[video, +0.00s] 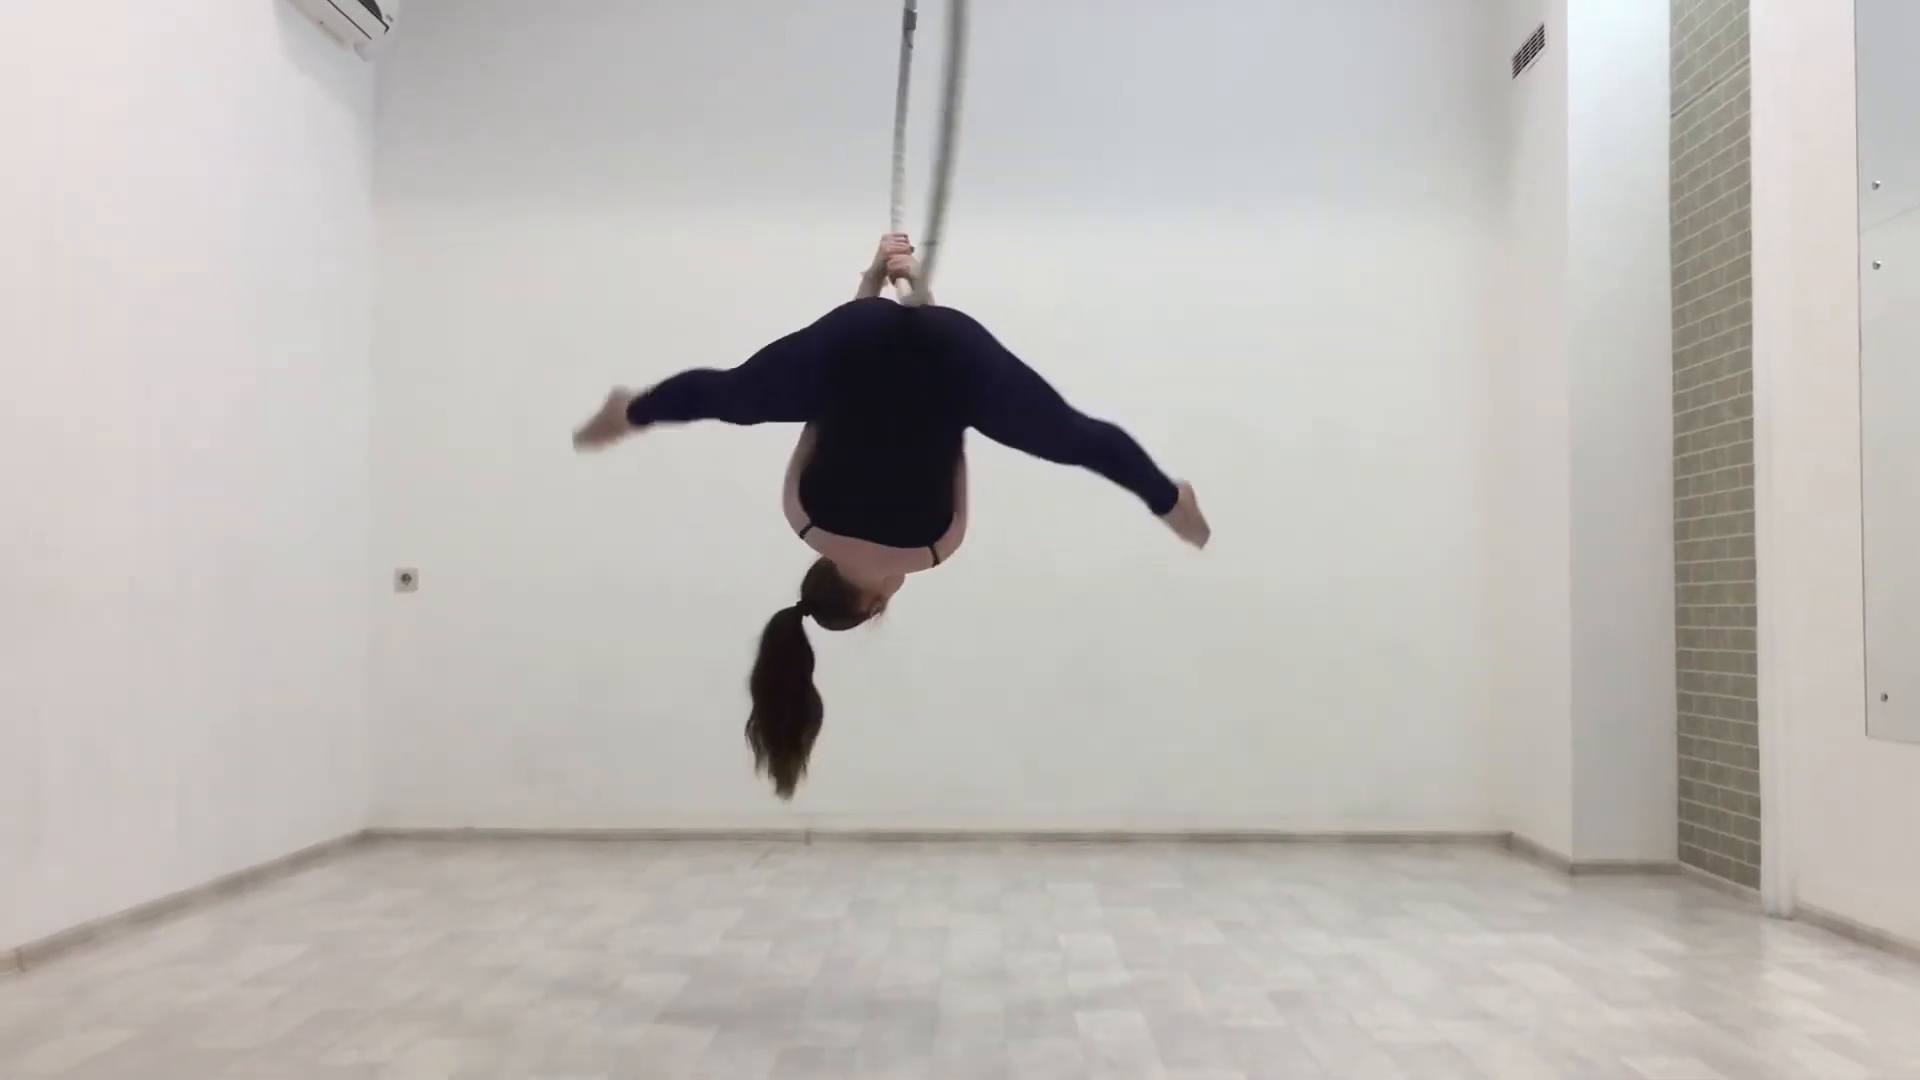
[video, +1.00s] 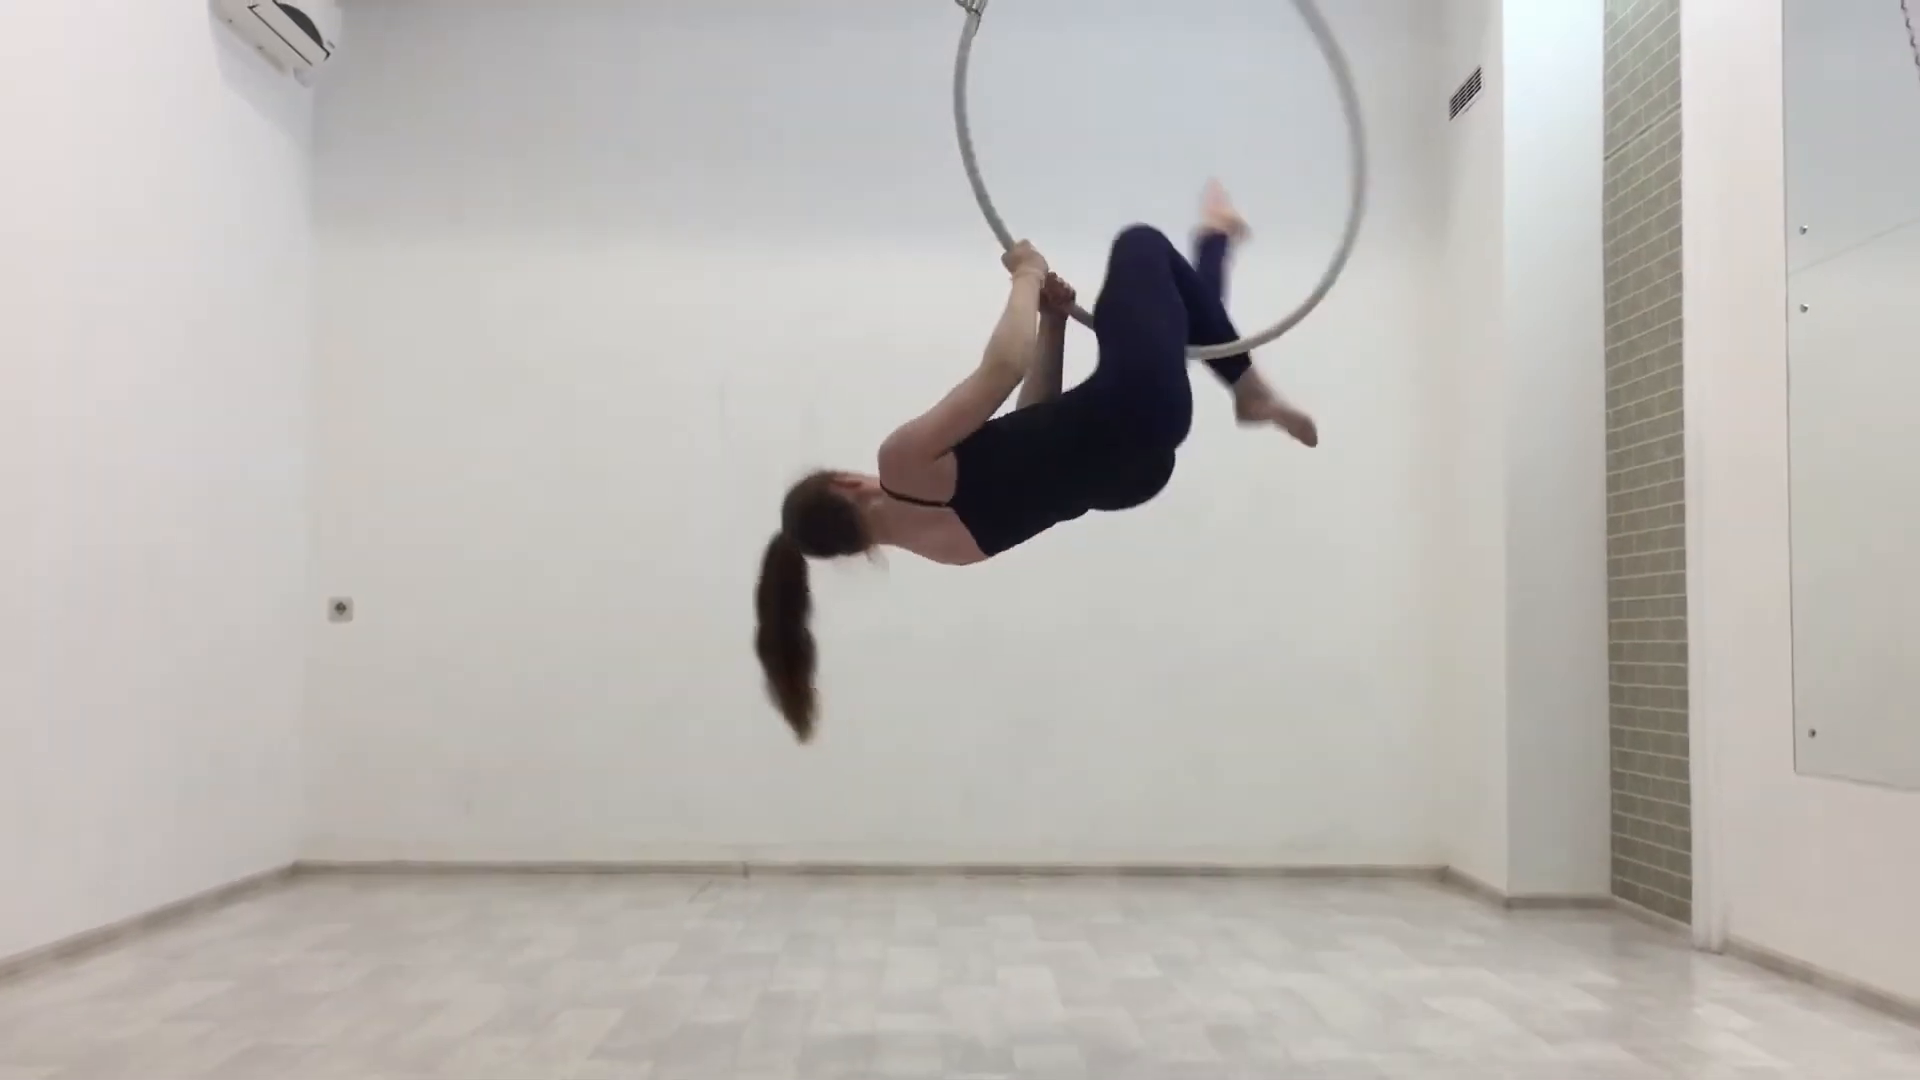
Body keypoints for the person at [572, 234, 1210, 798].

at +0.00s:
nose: (886, 607)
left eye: (875, 611)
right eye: (878, 613)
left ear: (860, 593)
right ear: (842, 587)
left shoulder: (945, 542)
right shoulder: (800, 520)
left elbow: (942, 417)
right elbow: (828, 397)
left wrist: (900, 291)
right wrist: (881, 288)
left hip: (945, 352)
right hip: (862, 337)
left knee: (1064, 435)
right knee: (736, 393)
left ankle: (1170, 498)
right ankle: (632, 408)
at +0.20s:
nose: (915, 604)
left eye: (906, 607)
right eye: (906, 606)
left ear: (899, 596)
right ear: (870, 578)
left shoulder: (977, 553)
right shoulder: (837, 519)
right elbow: (868, 394)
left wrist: (955, 294)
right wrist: (905, 281)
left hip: (995, 361)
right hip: (911, 343)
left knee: (1088, 389)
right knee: (763, 390)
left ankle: (1158, 415)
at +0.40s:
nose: (932, 593)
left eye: (925, 599)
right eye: (924, 595)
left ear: (909, 593)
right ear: (904, 574)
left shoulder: (996, 565)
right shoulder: (872, 513)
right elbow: (909, 390)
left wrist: (952, 286)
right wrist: (960, 293)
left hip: (1061, 381)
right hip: (981, 353)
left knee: (1093, 320)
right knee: (810, 308)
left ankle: (1098, 314)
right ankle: (940, 197)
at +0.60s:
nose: (942, 595)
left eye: (930, 595)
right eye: (929, 595)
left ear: (900, 565)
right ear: (888, 549)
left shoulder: (1009, 570)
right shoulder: (898, 506)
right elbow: (935, 383)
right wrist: (960, 293)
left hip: (1109, 415)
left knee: (1075, 307)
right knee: (914, 210)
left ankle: (1055, 247)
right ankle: (1090, 176)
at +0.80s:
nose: (871, 517)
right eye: (868, 520)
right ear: (874, 534)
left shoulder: (976, 568)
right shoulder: (901, 495)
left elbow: (1039, 400)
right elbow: (955, 382)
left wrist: (1039, 304)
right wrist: (988, 281)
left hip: (1130, 431)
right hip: (1095, 376)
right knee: (1070, 179)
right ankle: (1243, 246)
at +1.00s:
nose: (853, 466)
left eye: (840, 469)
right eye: (845, 468)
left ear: (845, 554)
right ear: (846, 482)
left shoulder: (938, 548)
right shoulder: (902, 459)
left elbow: (1034, 424)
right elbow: (1001, 368)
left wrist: (1054, 321)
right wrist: (1023, 278)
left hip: (1132, 481)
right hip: (1140, 415)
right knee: (1140, 243)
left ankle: (1216, 246)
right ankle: (1248, 386)